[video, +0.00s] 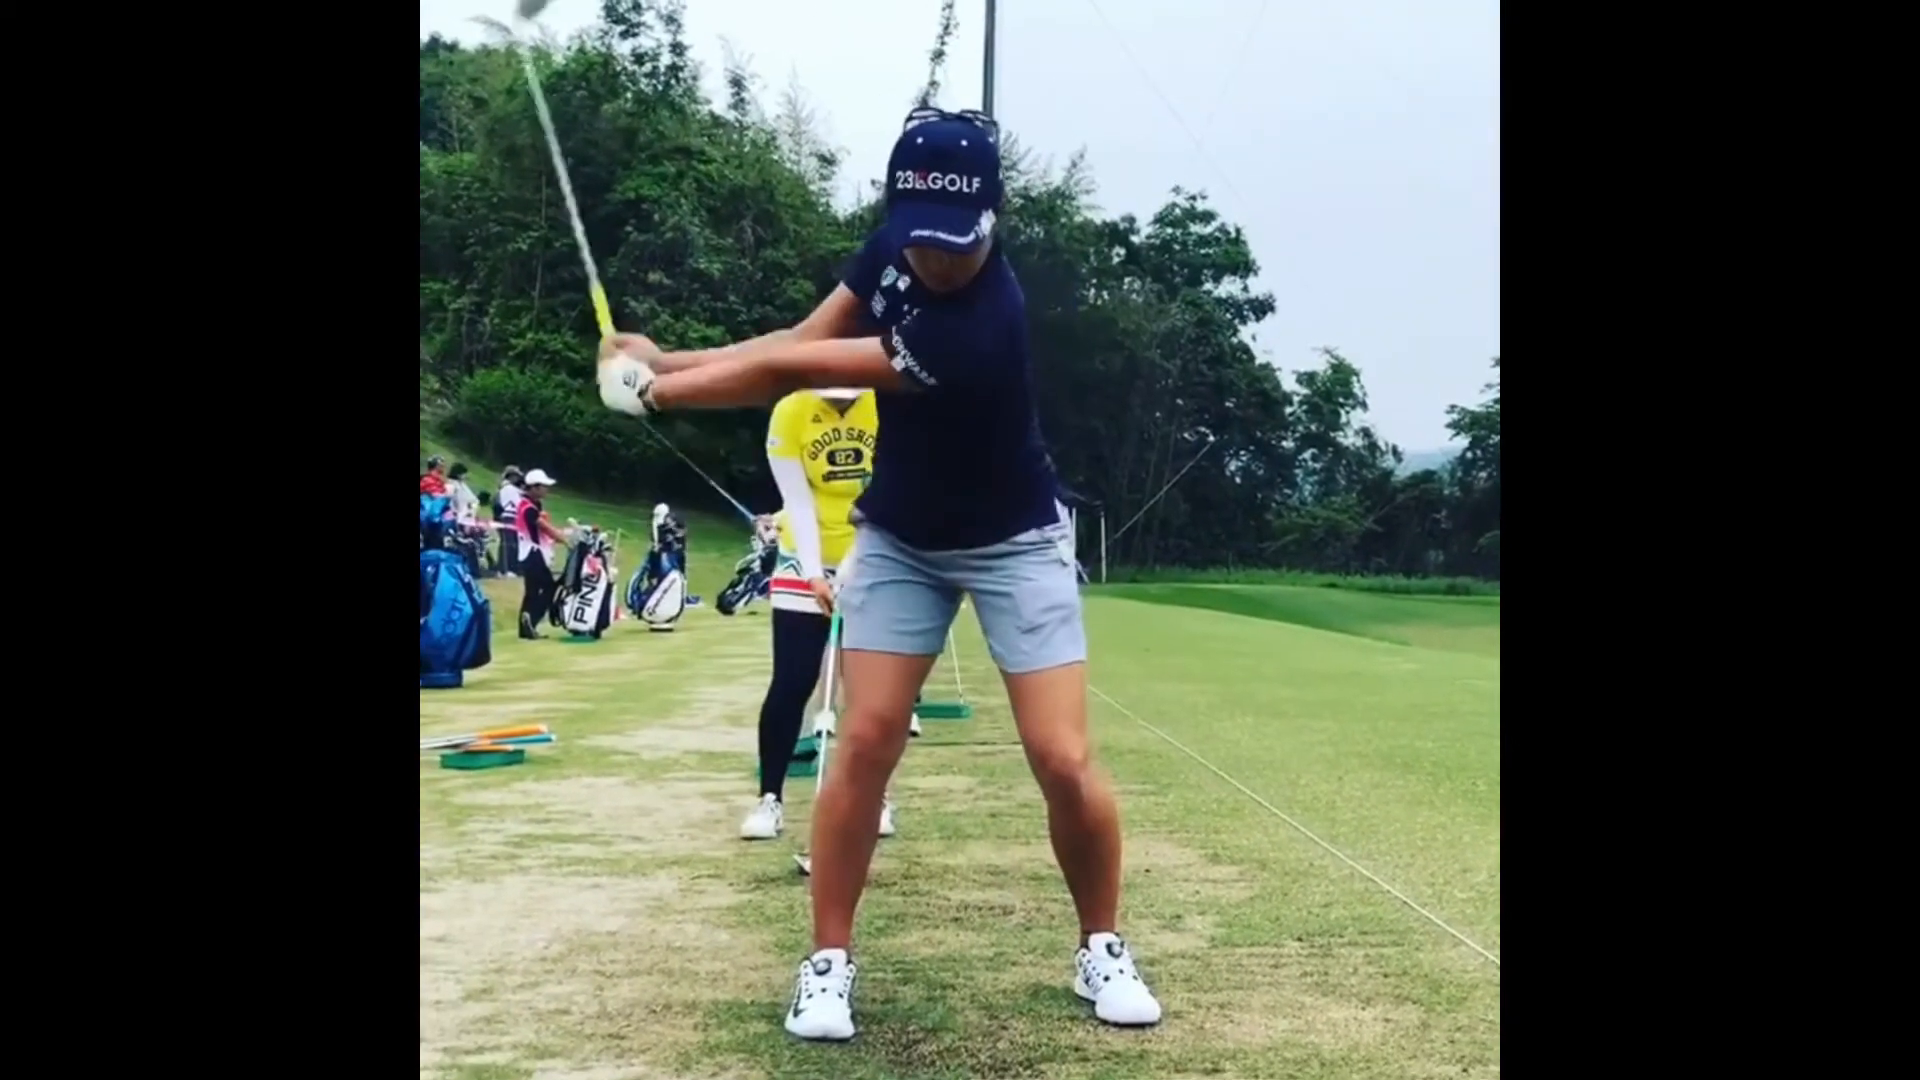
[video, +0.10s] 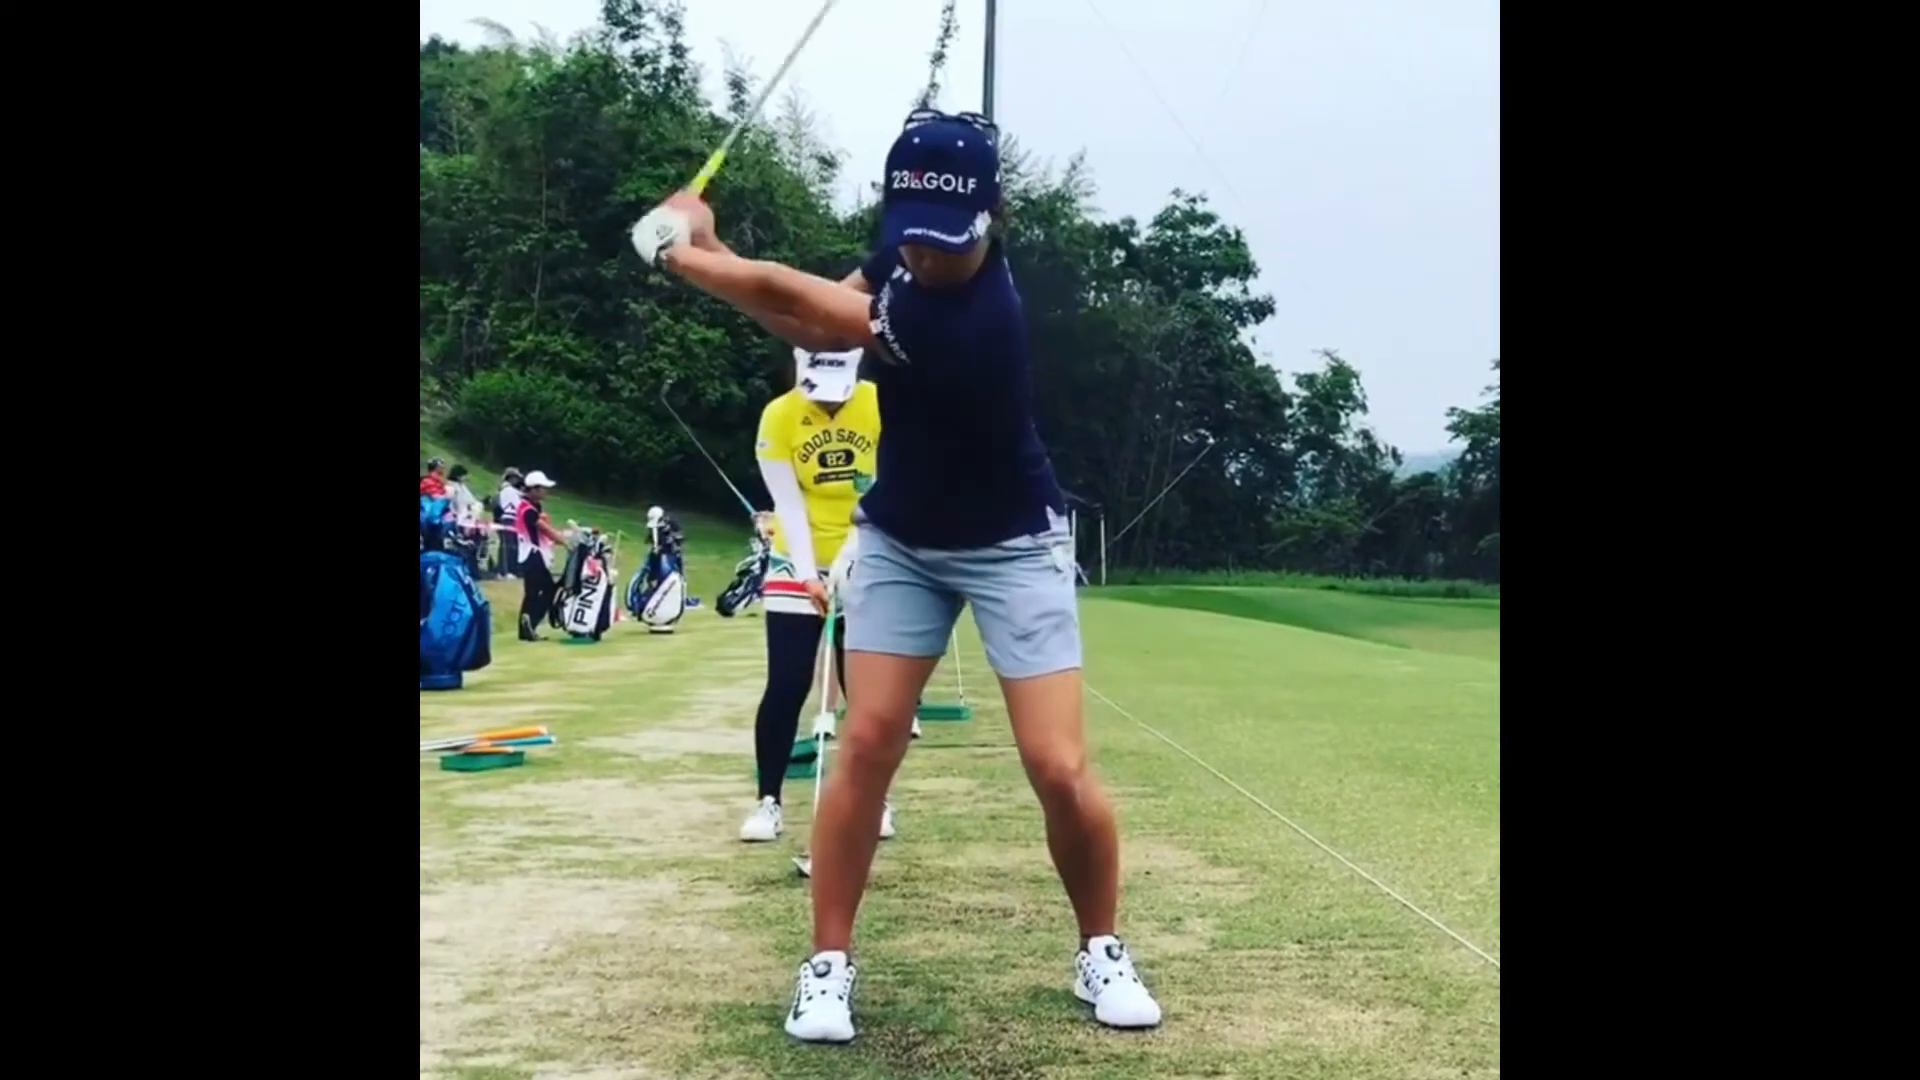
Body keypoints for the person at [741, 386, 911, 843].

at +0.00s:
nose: (839, 379)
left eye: (847, 364)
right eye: (826, 363)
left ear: (868, 359)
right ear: (813, 361)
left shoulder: (886, 404)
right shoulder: (791, 413)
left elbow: (896, 486)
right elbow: (797, 502)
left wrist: (869, 561)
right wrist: (813, 571)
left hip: (871, 558)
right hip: (804, 561)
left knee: (879, 691)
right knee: (791, 684)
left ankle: (876, 792)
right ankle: (769, 797)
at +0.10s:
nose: (828, 390)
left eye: (838, 379)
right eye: (818, 378)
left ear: (855, 368)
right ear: (802, 369)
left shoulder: (876, 404)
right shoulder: (779, 416)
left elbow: (892, 488)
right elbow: (788, 503)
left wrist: (855, 562)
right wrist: (806, 572)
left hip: (864, 560)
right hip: (795, 562)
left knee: (868, 692)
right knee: (787, 685)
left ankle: (876, 796)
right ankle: (768, 800)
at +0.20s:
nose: (821, 399)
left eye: (832, 389)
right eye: (811, 388)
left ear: (850, 372)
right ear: (793, 372)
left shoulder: (872, 406)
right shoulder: (772, 420)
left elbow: (876, 493)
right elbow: (783, 508)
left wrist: (839, 566)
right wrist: (803, 573)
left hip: (857, 558)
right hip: (788, 560)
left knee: (869, 690)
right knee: (784, 686)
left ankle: (876, 795)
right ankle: (767, 802)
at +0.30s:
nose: (820, 402)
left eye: (831, 392)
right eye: (809, 392)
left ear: (848, 374)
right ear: (792, 375)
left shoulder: (877, 409)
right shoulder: (772, 422)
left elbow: (877, 494)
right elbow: (782, 508)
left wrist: (839, 566)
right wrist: (801, 574)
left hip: (856, 562)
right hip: (787, 562)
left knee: (868, 691)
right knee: (782, 688)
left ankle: (884, 791)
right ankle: (764, 805)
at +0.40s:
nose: (819, 391)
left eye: (831, 380)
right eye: (810, 380)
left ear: (853, 373)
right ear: (795, 374)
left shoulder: (888, 417)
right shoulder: (778, 424)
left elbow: (881, 500)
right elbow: (786, 509)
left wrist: (840, 568)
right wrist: (802, 575)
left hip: (866, 568)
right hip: (791, 566)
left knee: (872, 694)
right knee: (782, 689)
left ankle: (893, 804)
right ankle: (760, 806)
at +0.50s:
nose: (830, 403)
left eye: (840, 391)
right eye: (819, 390)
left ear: (859, 375)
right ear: (804, 375)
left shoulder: (888, 416)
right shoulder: (784, 428)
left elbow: (886, 499)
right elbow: (792, 515)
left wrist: (844, 568)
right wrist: (803, 579)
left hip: (869, 571)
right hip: (797, 568)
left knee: (873, 698)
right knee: (782, 689)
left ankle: (891, 812)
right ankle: (755, 807)